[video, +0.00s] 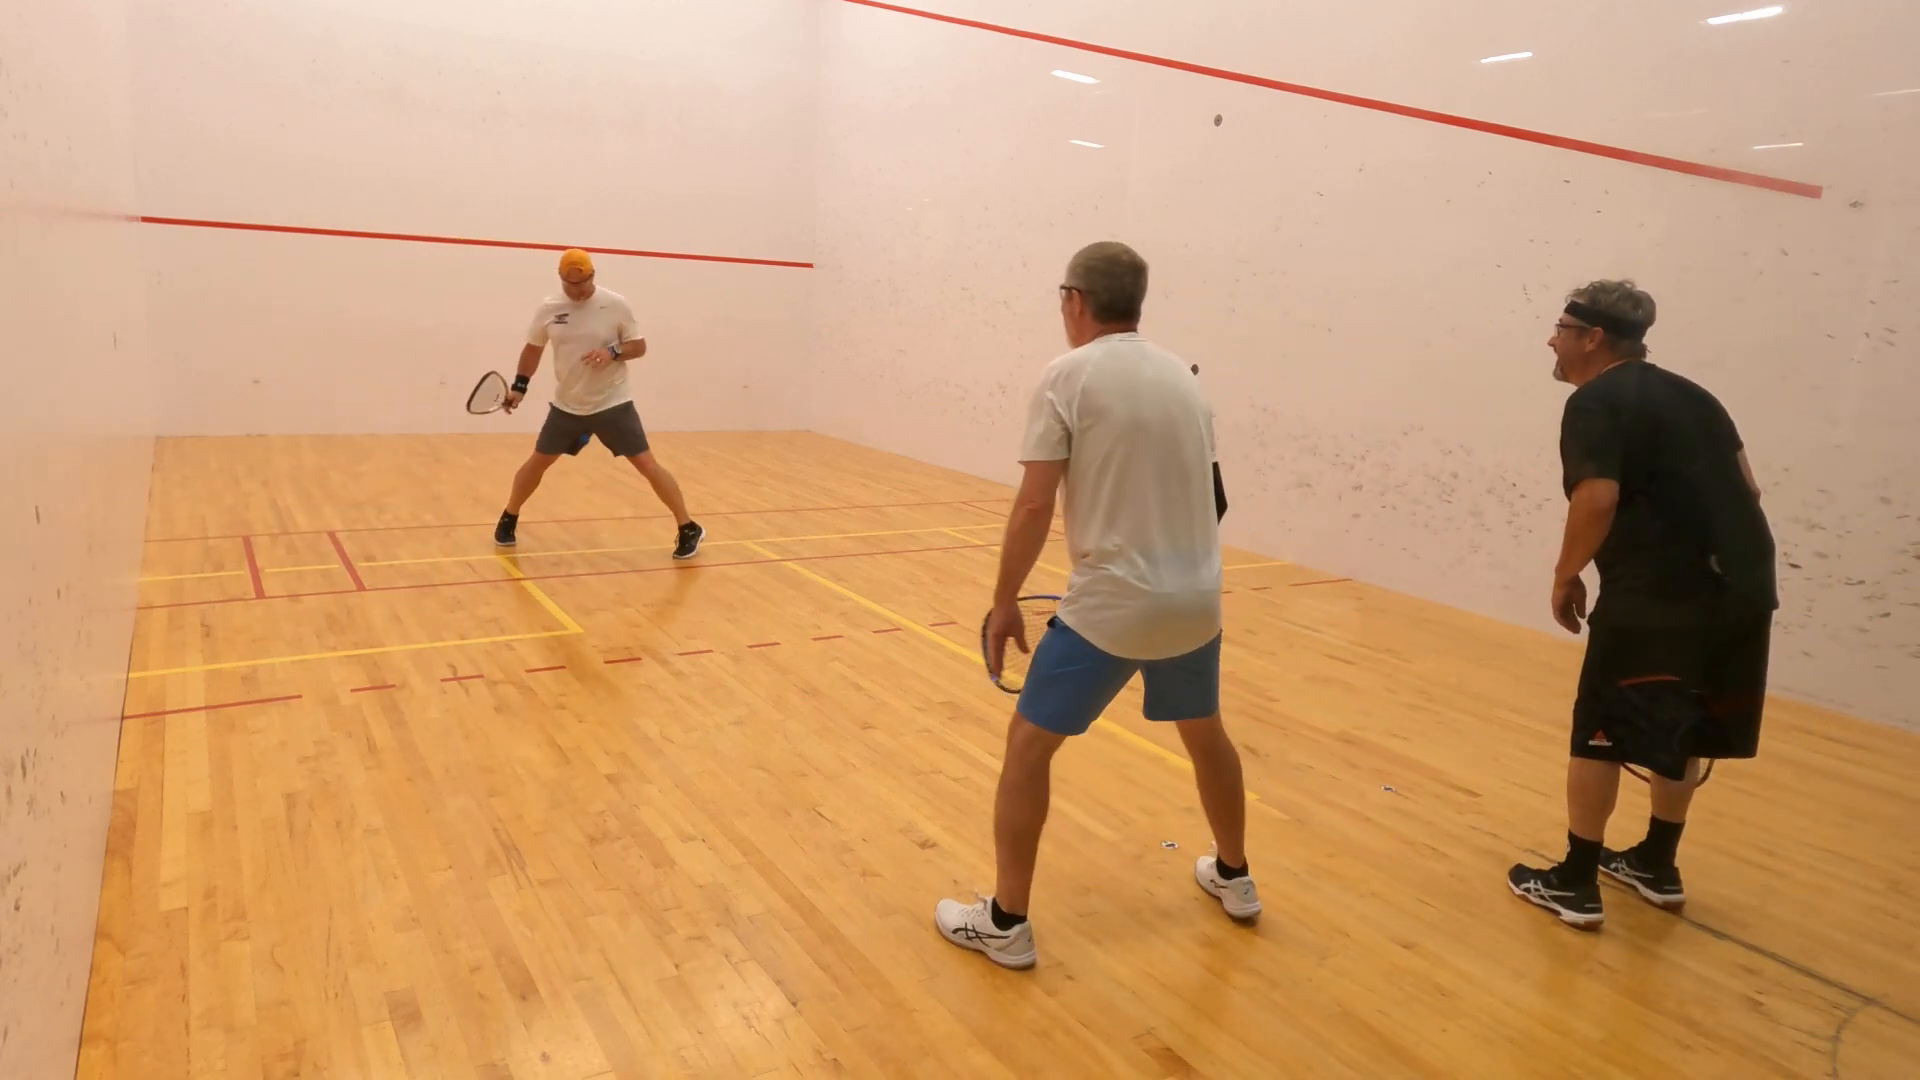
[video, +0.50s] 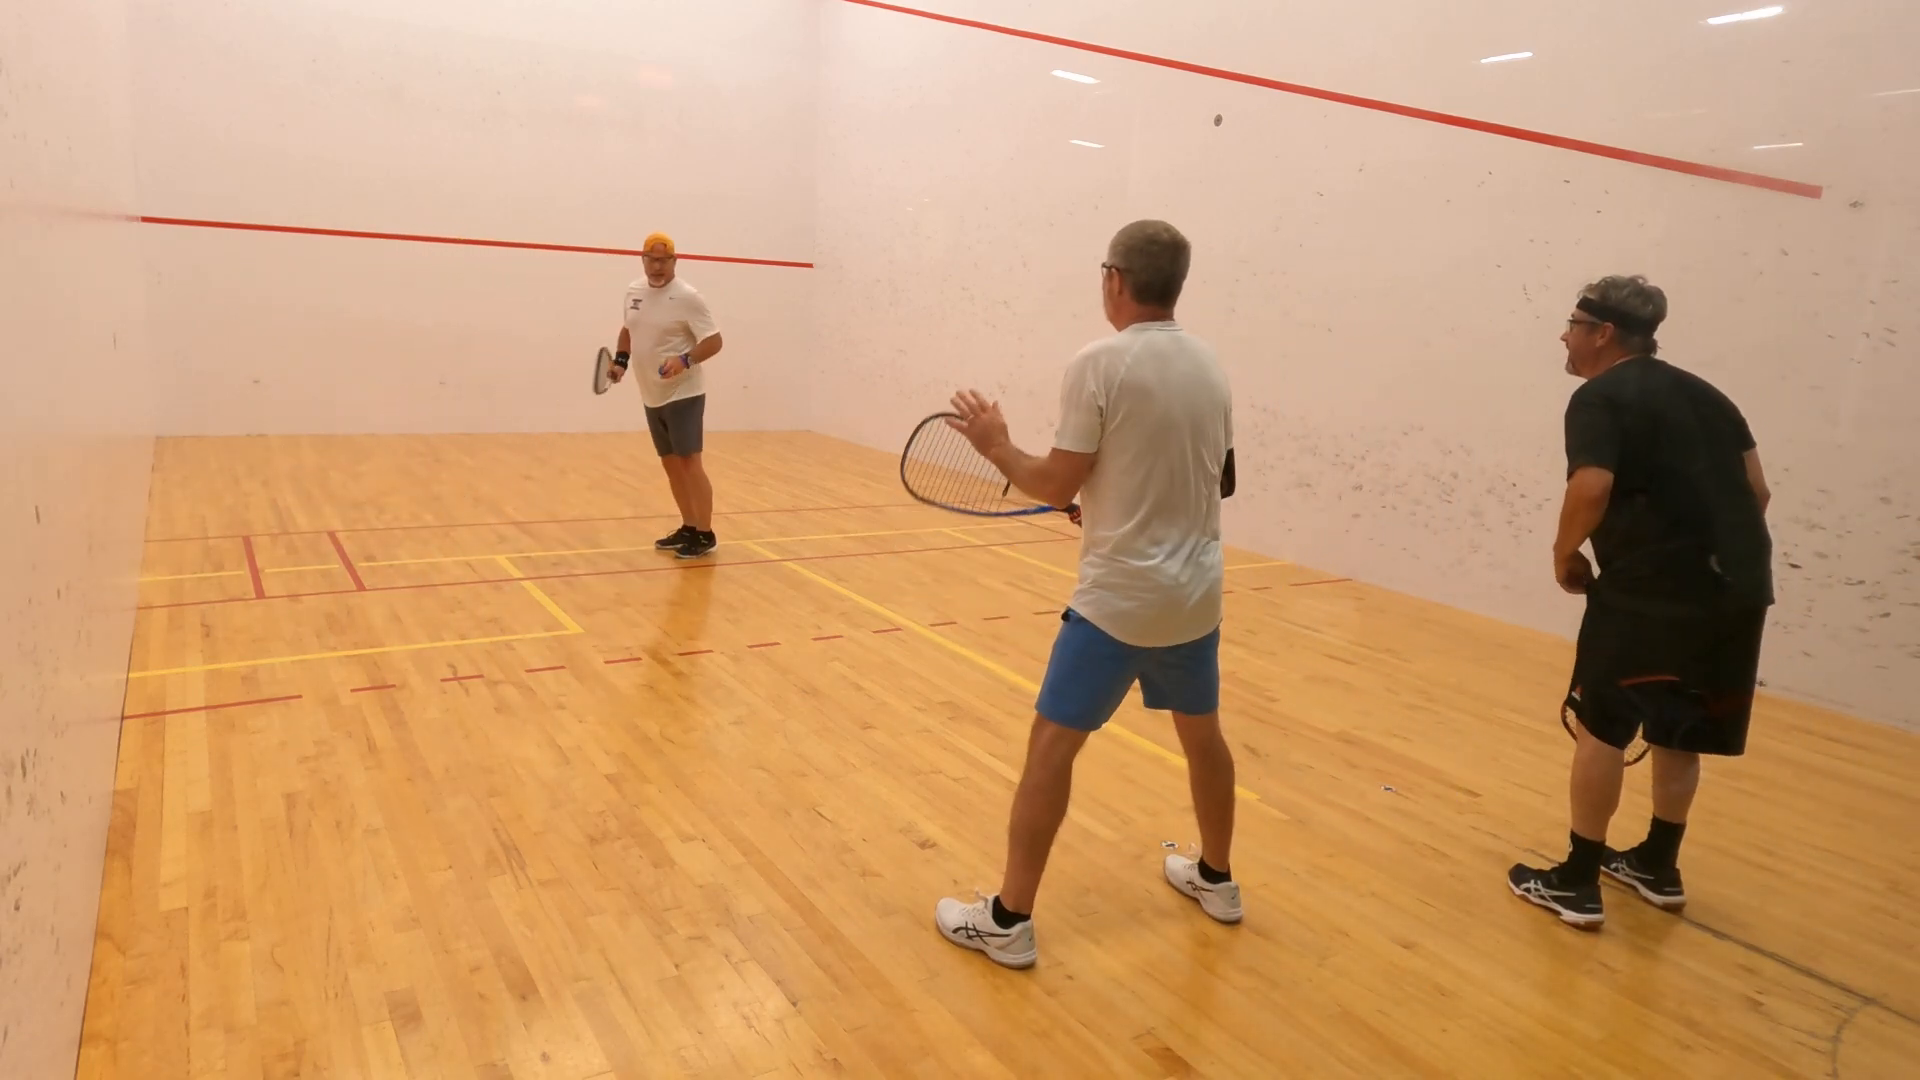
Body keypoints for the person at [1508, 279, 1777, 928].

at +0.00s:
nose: (1552, 340)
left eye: (1563, 330)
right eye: (1557, 328)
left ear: (1595, 339)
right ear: (1619, 342)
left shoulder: (1595, 401)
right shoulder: (1693, 397)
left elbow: (1596, 498)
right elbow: (1746, 492)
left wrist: (1566, 574)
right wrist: (1738, 579)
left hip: (1649, 599)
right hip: (1729, 601)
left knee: (1599, 726)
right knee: (1684, 724)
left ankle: (1577, 879)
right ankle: (1657, 862)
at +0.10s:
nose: (1552, 341)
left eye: (1563, 331)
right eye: (1557, 329)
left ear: (1595, 340)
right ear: (1619, 343)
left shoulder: (1593, 401)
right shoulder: (1694, 397)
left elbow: (1595, 497)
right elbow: (1747, 491)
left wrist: (1571, 578)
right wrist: (1738, 578)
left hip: (1651, 597)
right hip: (1730, 599)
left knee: (1599, 725)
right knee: (1682, 723)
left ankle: (1577, 878)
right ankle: (1657, 862)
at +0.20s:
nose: (1553, 340)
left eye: (1564, 330)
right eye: (1558, 328)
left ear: (1596, 340)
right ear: (1622, 343)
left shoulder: (1593, 403)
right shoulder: (1697, 398)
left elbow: (1596, 496)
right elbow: (1750, 491)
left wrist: (1578, 577)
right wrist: (1725, 574)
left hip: (1651, 594)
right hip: (1730, 598)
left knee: (1600, 724)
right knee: (1684, 722)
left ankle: (1577, 878)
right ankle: (1657, 862)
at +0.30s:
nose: (1555, 340)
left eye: (1566, 331)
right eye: (1560, 328)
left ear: (1597, 340)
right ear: (1622, 343)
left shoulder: (1594, 401)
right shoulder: (1699, 398)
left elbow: (1595, 492)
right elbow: (1751, 491)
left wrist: (1575, 568)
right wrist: (1727, 571)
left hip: (1654, 595)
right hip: (1735, 599)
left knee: (1600, 727)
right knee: (1685, 727)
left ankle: (1577, 878)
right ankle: (1657, 863)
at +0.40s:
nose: (1559, 340)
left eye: (1568, 330)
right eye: (1563, 328)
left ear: (1598, 338)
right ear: (1624, 341)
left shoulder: (1596, 400)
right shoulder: (1702, 397)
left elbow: (1592, 489)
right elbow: (1753, 493)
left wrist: (1570, 556)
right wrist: (1716, 563)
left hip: (1652, 593)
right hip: (1733, 598)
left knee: (1601, 721)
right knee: (1679, 723)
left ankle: (1578, 878)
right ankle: (1658, 864)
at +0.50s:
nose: (1564, 335)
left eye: (1574, 325)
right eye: (1569, 323)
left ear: (1605, 334)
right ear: (1629, 337)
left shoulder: (1598, 397)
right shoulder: (1709, 396)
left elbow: (1591, 485)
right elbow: (1755, 491)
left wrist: (1566, 551)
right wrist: (1721, 564)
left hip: (1644, 591)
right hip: (1727, 598)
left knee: (1601, 722)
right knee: (1678, 723)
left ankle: (1578, 878)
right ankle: (1659, 863)